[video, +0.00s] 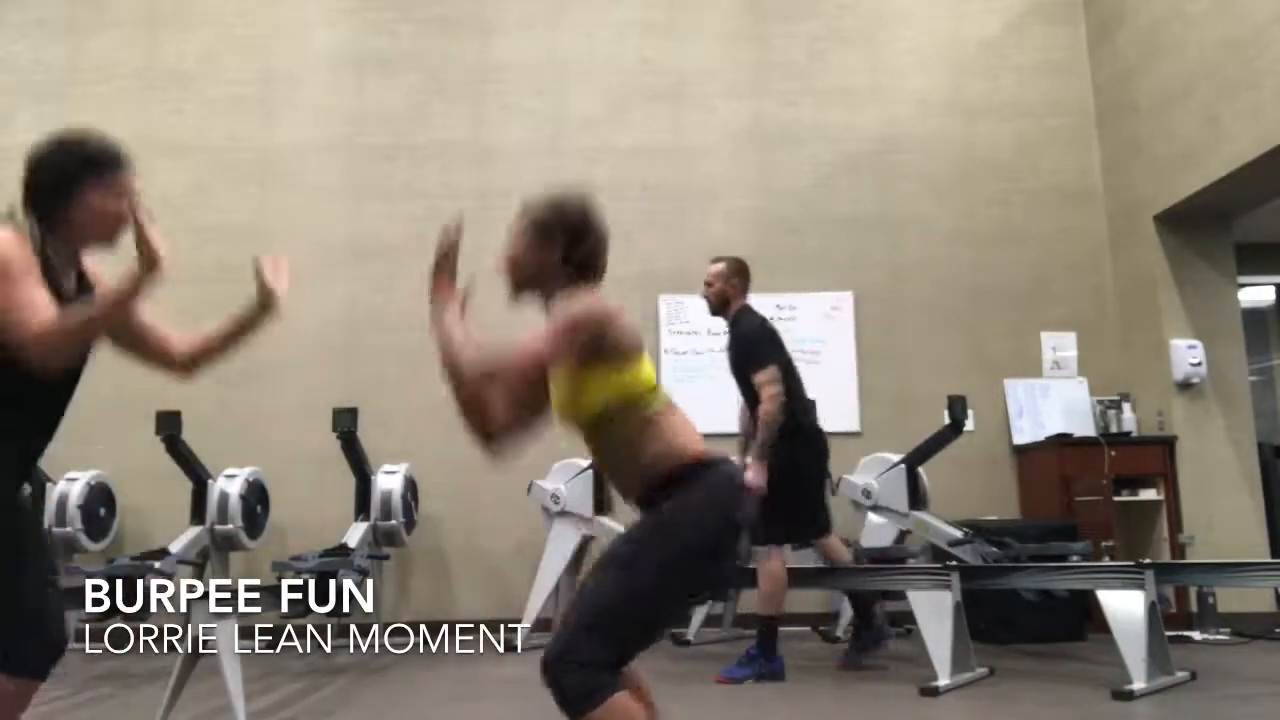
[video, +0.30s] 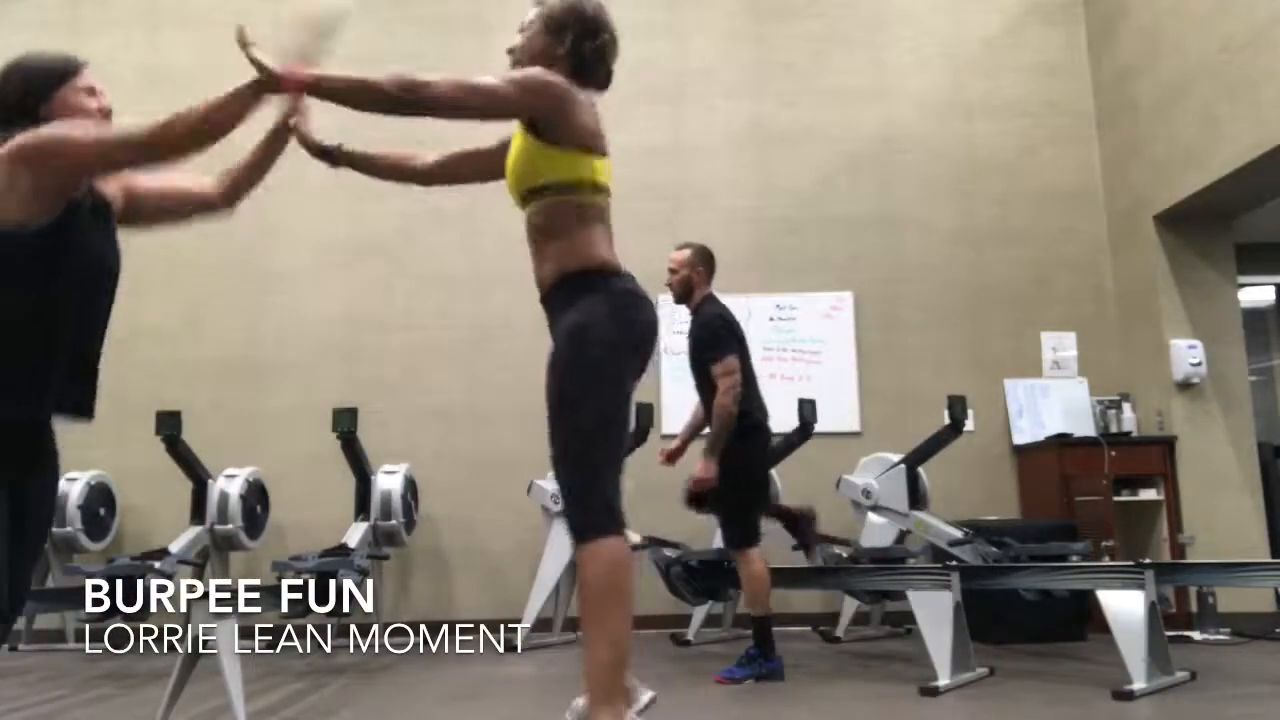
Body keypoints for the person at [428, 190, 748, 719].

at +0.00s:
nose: (509, 252)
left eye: (521, 239)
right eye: (514, 238)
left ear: (554, 250)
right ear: (558, 252)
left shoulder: (586, 312)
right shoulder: (563, 339)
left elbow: (479, 367)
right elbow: (491, 422)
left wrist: (444, 305)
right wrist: (452, 332)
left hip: (699, 501)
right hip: (683, 506)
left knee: (572, 664)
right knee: (589, 654)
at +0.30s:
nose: (514, 37)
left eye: (529, 27)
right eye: (523, 26)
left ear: (559, 45)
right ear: (563, 50)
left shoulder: (555, 95)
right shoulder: (543, 137)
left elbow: (416, 92)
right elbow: (431, 167)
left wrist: (296, 77)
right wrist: (327, 149)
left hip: (599, 313)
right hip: (592, 316)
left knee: (593, 514)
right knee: (593, 512)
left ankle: (606, 701)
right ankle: (612, 692)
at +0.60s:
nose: (495, 135)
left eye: (507, 122)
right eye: (500, 122)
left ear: (545, 132)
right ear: (545, 136)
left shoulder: (550, 196)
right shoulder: (544, 220)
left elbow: (409, 207)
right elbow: (465, 268)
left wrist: (334, 148)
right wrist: (408, 197)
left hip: (580, 424)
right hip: (580, 423)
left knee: (543, 633)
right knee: (558, 627)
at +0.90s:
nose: (480, 145)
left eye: (493, 133)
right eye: (485, 133)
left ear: (528, 144)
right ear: (526, 150)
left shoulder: (549, 197)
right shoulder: (535, 245)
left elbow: (419, 211)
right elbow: (457, 291)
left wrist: (368, 154)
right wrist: (420, 213)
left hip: (598, 421)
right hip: (582, 424)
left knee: (594, 639)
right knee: (593, 634)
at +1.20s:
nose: (465, 157)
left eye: (476, 145)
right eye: (469, 145)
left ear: (514, 153)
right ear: (511, 155)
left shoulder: (544, 208)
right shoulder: (516, 253)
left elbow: (418, 212)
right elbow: (439, 287)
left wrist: (373, 150)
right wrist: (417, 207)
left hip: (570, 425)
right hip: (567, 426)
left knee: (492, 602)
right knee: (575, 618)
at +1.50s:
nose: (409, 128)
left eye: (424, 118)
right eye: (417, 116)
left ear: (457, 134)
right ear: (454, 135)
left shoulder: (467, 190)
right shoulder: (450, 238)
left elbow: (323, 191)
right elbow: (360, 265)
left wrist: (294, 149)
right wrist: (316, 197)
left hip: (490, 422)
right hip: (514, 421)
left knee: (411, 623)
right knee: (531, 613)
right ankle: (578, 716)